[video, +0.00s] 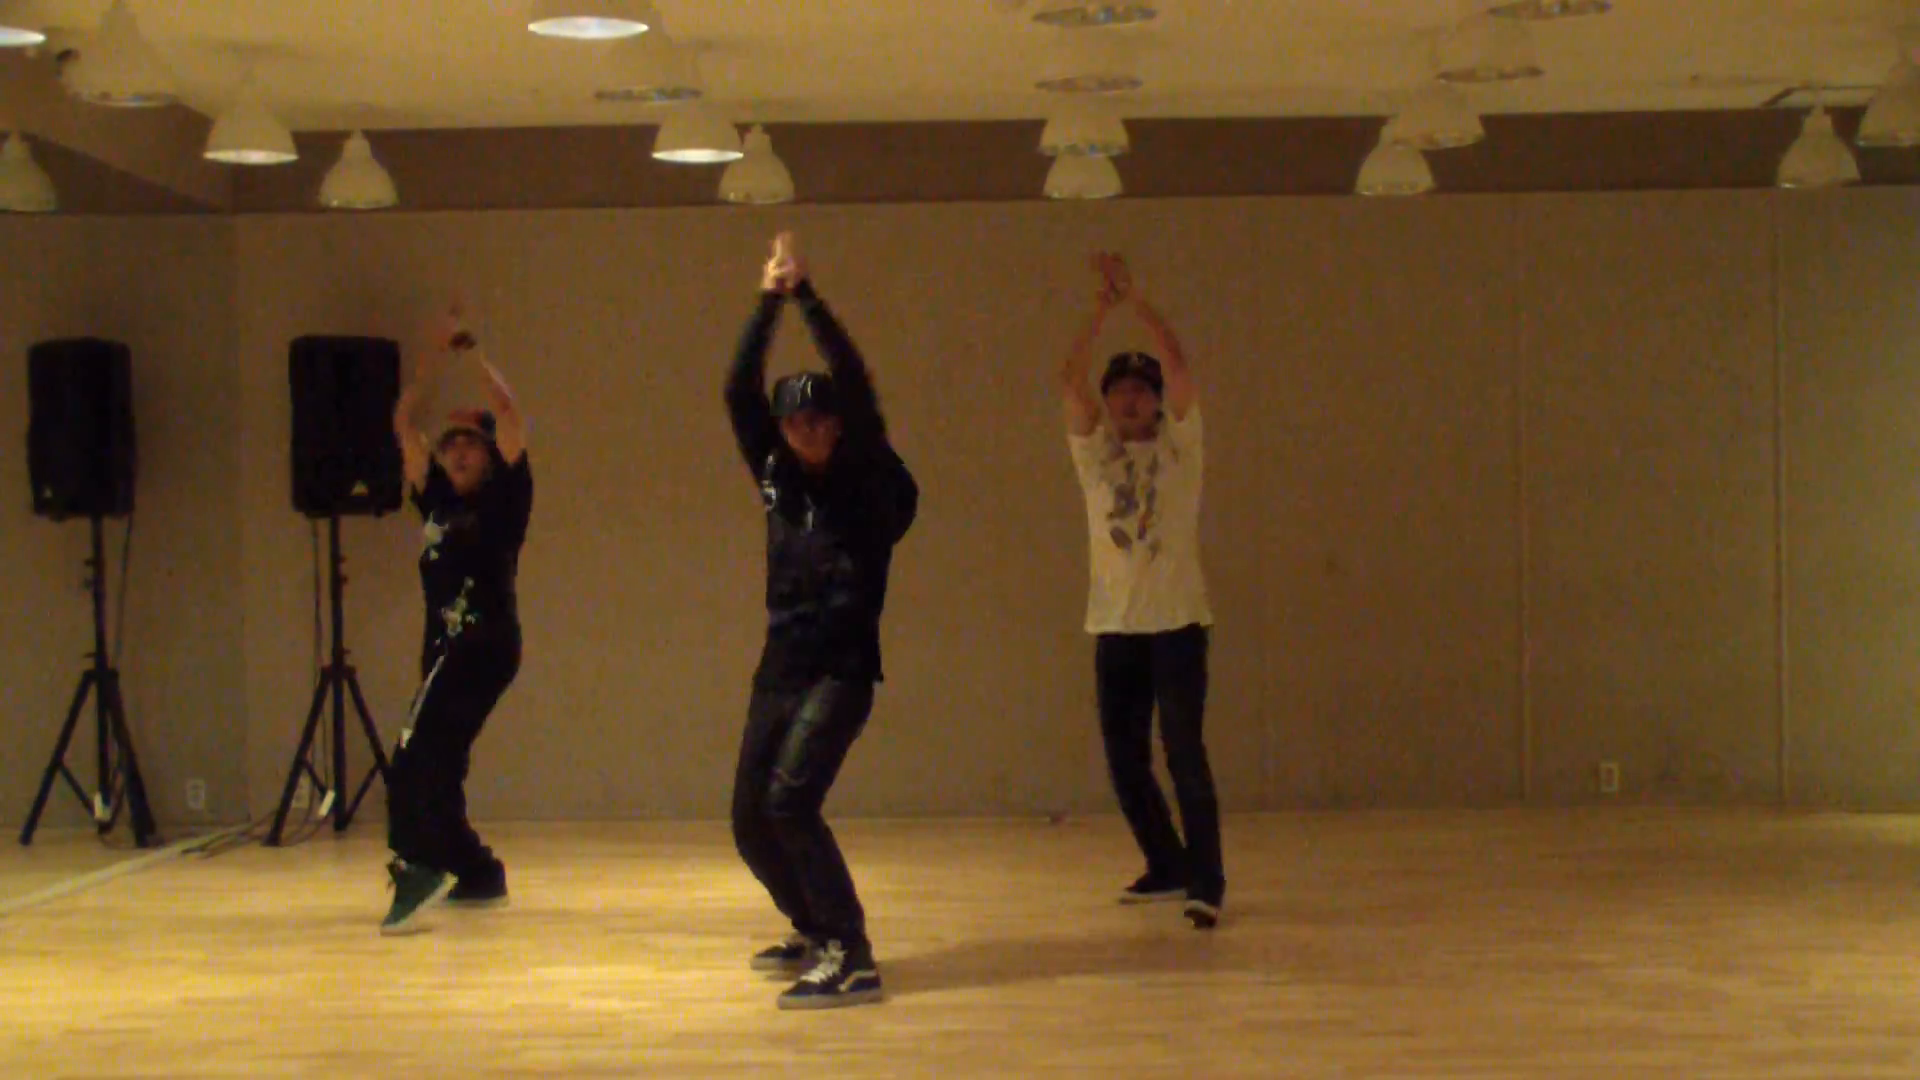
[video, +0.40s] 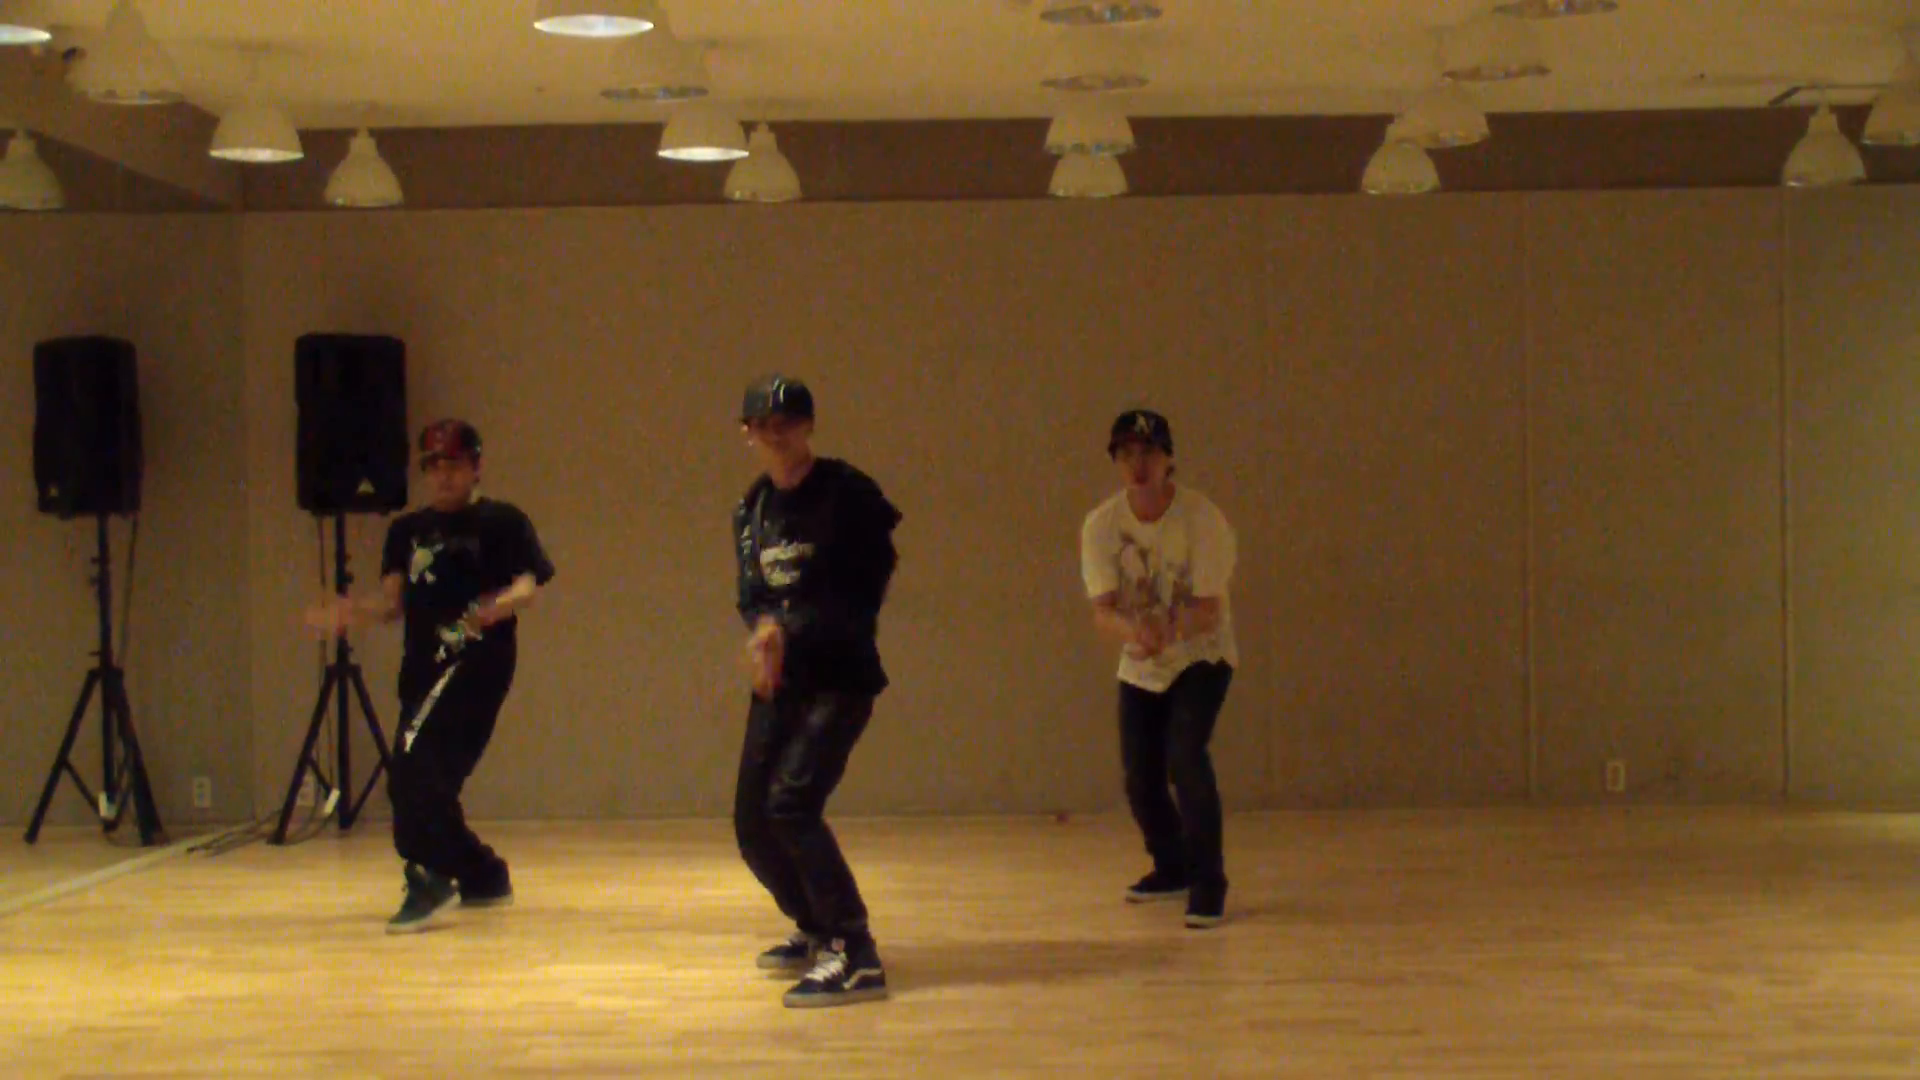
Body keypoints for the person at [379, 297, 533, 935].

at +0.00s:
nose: (459, 453)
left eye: (470, 445)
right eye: (452, 446)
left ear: (491, 456)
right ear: (442, 458)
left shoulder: (507, 498)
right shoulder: (437, 500)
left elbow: (508, 414)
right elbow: (406, 424)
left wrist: (474, 353)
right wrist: (434, 360)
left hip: (487, 643)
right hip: (446, 644)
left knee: (416, 749)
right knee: (435, 761)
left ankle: (419, 863)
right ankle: (476, 869)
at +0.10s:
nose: (453, 456)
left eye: (466, 449)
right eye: (445, 448)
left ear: (487, 461)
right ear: (432, 460)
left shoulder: (499, 502)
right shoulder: (426, 504)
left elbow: (541, 434)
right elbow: (392, 426)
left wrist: (536, 360)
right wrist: (414, 354)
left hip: (479, 648)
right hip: (439, 649)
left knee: (416, 758)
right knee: (432, 769)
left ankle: (428, 874)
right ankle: (480, 872)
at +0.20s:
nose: (443, 461)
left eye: (456, 453)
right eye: (434, 453)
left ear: (478, 466)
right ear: (424, 463)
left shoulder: (496, 506)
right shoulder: (413, 510)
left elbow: (564, 480)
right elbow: (354, 466)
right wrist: (343, 394)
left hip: (481, 658)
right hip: (434, 660)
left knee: (414, 756)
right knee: (429, 775)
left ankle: (427, 873)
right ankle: (482, 873)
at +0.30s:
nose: (441, 467)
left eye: (453, 457)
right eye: (431, 458)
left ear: (476, 465)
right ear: (422, 466)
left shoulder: (497, 514)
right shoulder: (410, 521)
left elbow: (572, 529)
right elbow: (339, 539)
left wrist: (620, 503)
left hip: (480, 661)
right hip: (428, 666)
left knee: (412, 757)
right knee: (425, 776)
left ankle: (426, 876)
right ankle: (482, 874)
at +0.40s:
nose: (442, 474)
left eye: (452, 464)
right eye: (433, 465)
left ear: (476, 467)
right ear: (422, 471)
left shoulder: (503, 521)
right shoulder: (407, 529)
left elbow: (532, 584)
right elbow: (392, 600)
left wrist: (500, 604)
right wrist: (353, 609)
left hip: (480, 661)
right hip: (423, 662)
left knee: (418, 757)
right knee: (418, 770)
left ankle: (428, 876)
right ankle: (483, 874)